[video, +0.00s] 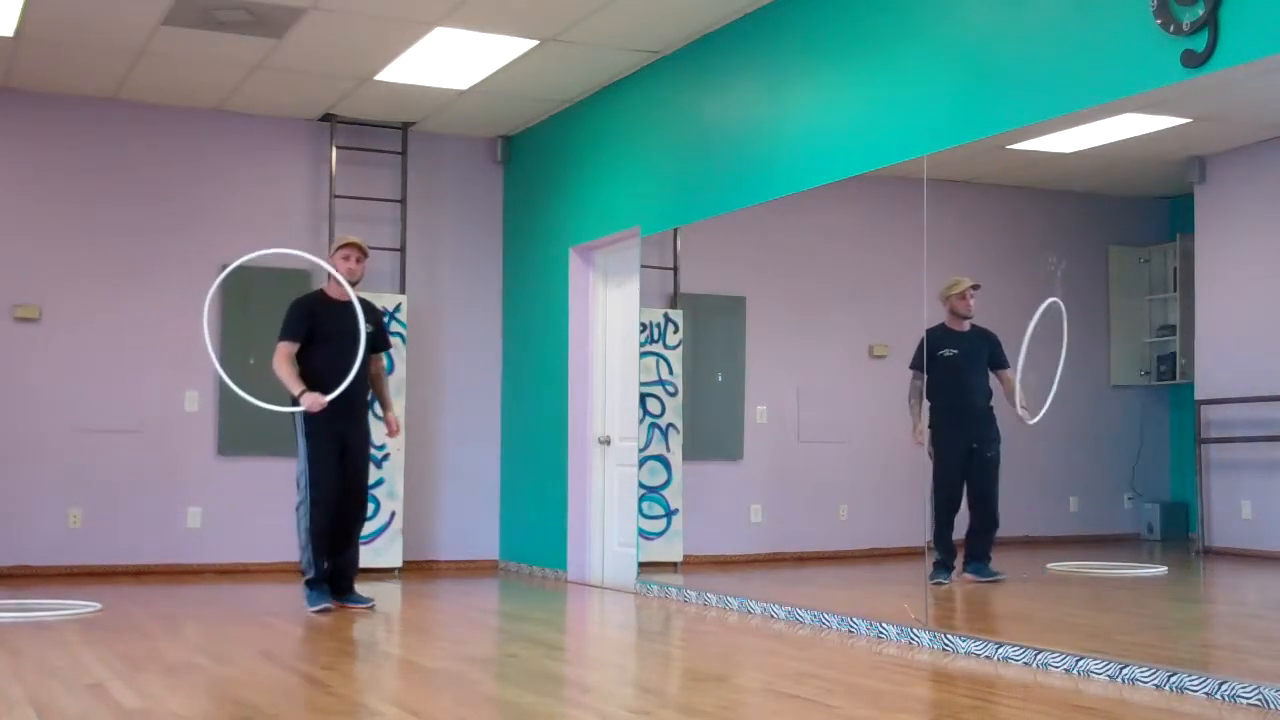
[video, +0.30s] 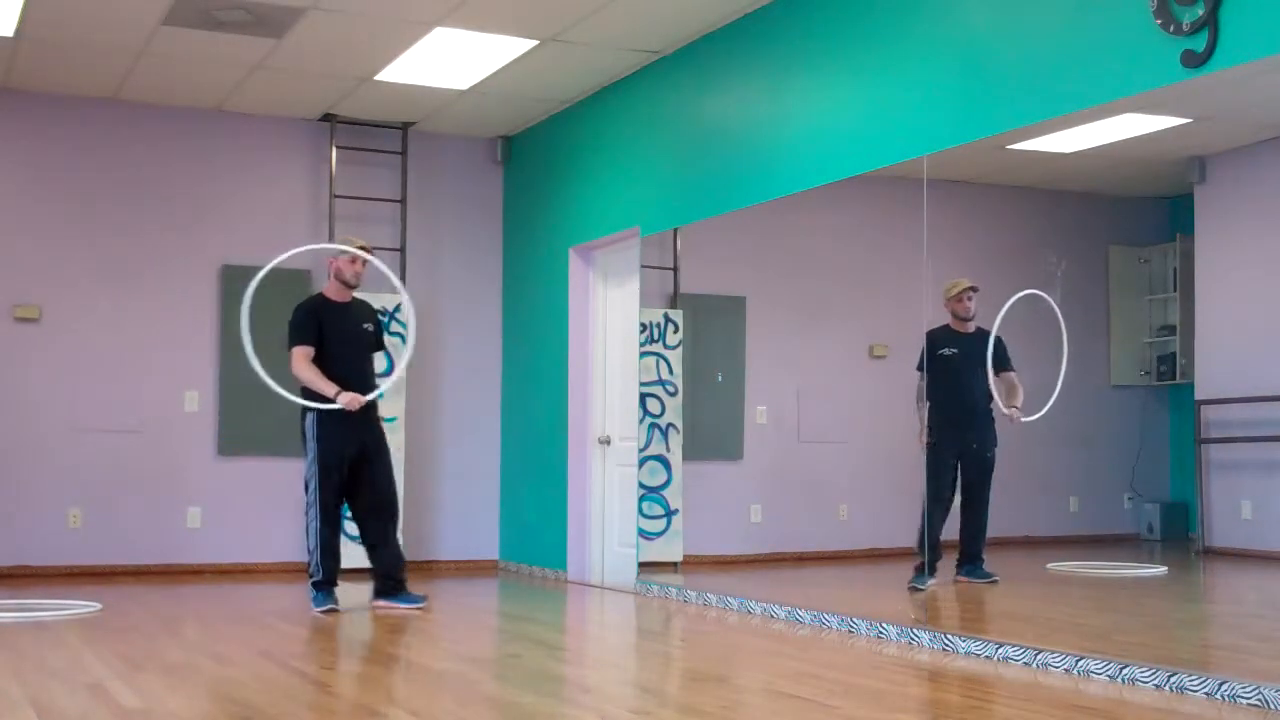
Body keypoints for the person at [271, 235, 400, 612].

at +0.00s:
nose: (352, 265)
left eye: (358, 261)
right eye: (346, 258)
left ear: (364, 268)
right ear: (331, 262)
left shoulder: (370, 314)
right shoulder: (307, 307)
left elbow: (376, 367)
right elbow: (281, 359)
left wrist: (387, 409)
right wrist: (302, 392)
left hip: (355, 417)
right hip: (318, 416)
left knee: (353, 498)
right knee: (319, 497)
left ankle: (342, 585)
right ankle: (316, 588)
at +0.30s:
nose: (359, 268)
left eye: (363, 263)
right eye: (353, 261)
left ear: (365, 270)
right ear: (333, 264)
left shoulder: (367, 313)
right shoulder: (310, 310)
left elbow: (367, 364)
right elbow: (299, 364)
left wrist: (371, 403)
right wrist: (337, 393)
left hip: (366, 417)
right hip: (326, 418)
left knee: (379, 501)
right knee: (324, 504)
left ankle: (389, 587)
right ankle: (323, 587)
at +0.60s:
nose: (380, 271)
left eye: (382, 266)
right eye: (372, 264)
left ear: (381, 272)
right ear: (351, 267)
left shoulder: (380, 316)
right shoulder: (331, 307)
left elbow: (385, 363)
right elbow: (354, 347)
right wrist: (389, 377)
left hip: (377, 417)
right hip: (340, 416)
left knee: (394, 500)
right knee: (331, 502)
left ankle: (418, 586)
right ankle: (322, 586)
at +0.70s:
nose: (385, 270)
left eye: (388, 266)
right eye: (378, 263)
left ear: (387, 272)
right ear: (356, 266)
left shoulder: (386, 317)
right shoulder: (337, 305)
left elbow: (382, 380)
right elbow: (373, 332)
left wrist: (392, 422)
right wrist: (414, 353)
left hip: (379, 417)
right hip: (341, 415)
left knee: (398, 502)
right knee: (330, 501)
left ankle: (424, 586)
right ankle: (318, 586)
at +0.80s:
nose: (391, 272)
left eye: (395, 267)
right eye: (384, 265)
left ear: (395, 274)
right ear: (363, 267)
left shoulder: (391, 320)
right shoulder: (341, 304)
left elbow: (391, 380)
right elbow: (384, 316)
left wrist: (402, 421)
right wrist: (433, 318)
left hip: (385, 419)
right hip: (346, 417)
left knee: (400, 504)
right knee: (332, 503)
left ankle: (426, 586)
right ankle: (319, 586)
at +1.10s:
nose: (418, 271)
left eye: (423, 266)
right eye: (412, 264)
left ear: (427, 272)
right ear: (395, 267)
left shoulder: (431, 314)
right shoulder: (371, 302)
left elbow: (438, 370)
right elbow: (377, 327)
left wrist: (443, 412)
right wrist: (397, 283)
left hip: (422, 421)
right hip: (383, 421)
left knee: (422, 510)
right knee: (375, 509)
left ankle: (425, 586)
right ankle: (368, 585)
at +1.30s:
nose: (426, 270)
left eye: (433, 266)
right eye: (419, 264)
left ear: (440, 275)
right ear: (407, 270)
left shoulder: (448, 315)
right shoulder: (388, 308)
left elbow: (452, 370)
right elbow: (356, 330)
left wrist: (459, 416)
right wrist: (352, 290)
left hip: (446, 425)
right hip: (407, 425)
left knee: (462, 501)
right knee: (406, 507)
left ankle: (463, 581)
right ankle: (406, 584)